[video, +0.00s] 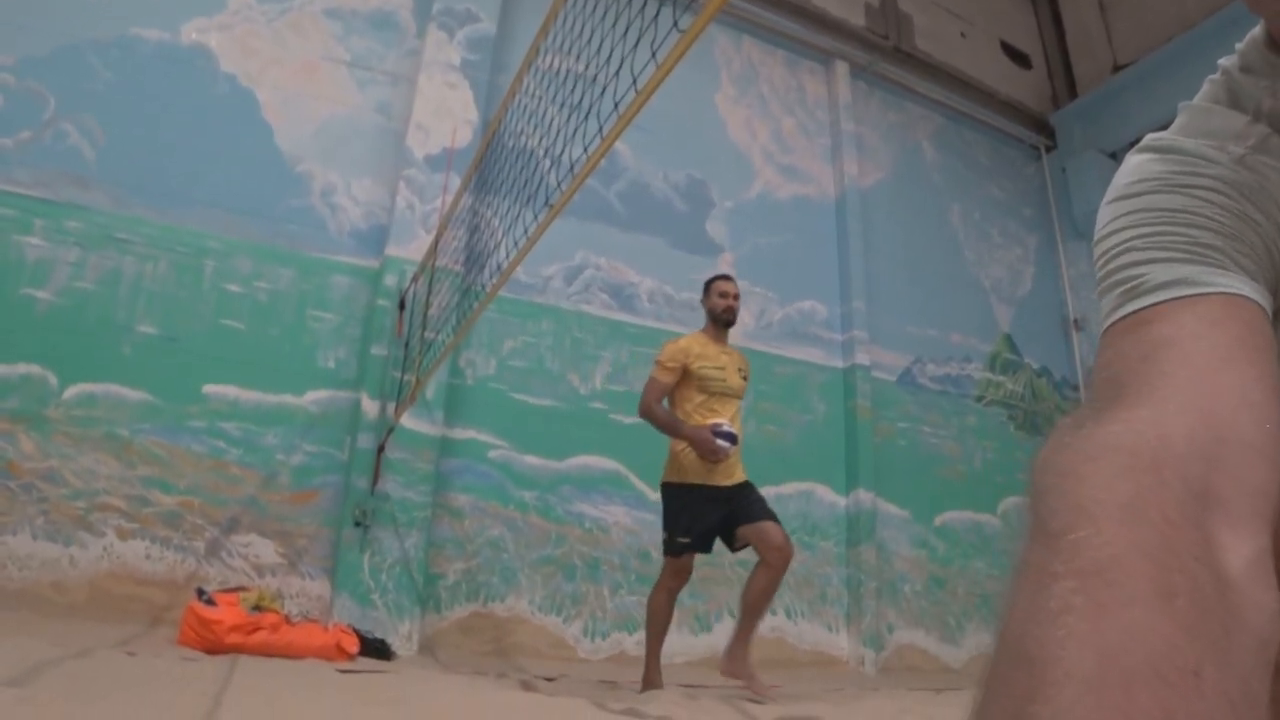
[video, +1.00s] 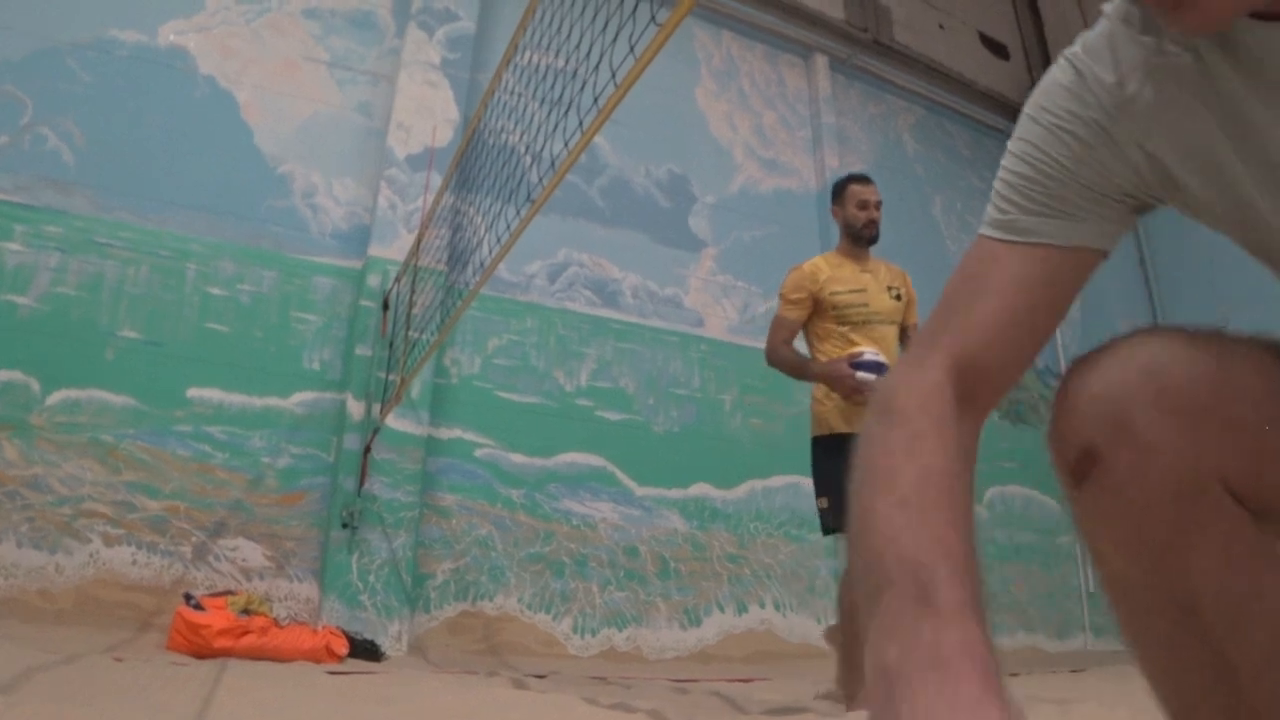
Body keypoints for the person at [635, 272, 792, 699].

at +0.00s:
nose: (730, 303)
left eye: (735, 298)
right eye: (722, 295)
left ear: (739, 307)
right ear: (704, 302)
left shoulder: (739, 362)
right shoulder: (681, 349)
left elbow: (724, 416)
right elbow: (649, 405)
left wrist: (728, 450)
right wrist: (692, 434)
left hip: (731, 483)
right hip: (687, 484)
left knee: (778, 552)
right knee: (674, 575)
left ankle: (737, 655)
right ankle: (652, 674)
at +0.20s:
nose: (769, 291)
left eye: (775, 286)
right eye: (762, 283)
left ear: (780, 298)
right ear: (743, 290)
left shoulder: (777, 355)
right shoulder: (717, 337)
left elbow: (759, 408)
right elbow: (679, 392)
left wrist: (764, 449)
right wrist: (721, 423)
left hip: (770, 478)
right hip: (721, 477)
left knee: (790, 564)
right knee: (702, 570)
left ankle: (775, 681)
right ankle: (658, 656)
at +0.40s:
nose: (805, 269)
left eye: (810, 264)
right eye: (796, 261)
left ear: (814, 276)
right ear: (776, 269)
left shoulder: (814, 336)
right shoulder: (747, 316)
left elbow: (822, 405)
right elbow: (707, 373)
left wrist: (836, 473)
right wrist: (744, 401)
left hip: (798, 459)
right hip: (754, 453)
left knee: (797, 558)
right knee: (769, 548)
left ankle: (775, 675)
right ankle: (716, 626)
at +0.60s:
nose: (828, 260)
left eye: (834, 254)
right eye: (819, 252)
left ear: (837, 264)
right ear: (798, 257)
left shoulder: (845, 326)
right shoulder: (768, 310)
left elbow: (877, 388)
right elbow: (730, 373)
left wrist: (916, 439)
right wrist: (760, 398)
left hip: (820, 454)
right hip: (779, 446)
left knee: (792, 571)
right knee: (829, 521)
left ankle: (774, 676)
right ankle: (813, 645)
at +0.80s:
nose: (849, 243)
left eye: (854, 236)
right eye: (839, 235)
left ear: (859, 244)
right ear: (816, 241)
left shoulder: (873, 307)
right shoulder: (789, 301)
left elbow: (910, 371)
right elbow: (754, 372)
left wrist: (960, 413)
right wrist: (788, 397)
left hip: (854, 448)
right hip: (810, 443)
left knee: (827, 564)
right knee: (856, 546)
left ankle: (786, 674)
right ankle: (855, 685)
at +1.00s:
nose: (871, 215)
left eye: (876, 207)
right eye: (861, 206)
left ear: (882, 214)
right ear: (837, 212)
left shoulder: (897, 279)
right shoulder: (811, 275)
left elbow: (915, 346)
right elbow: (775, 350)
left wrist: (909, 386)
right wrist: (824, 372)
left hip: (891, 427)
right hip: (840, 432)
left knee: (890, 543)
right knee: (863, 551)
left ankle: (849, 631)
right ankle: (853, 680)